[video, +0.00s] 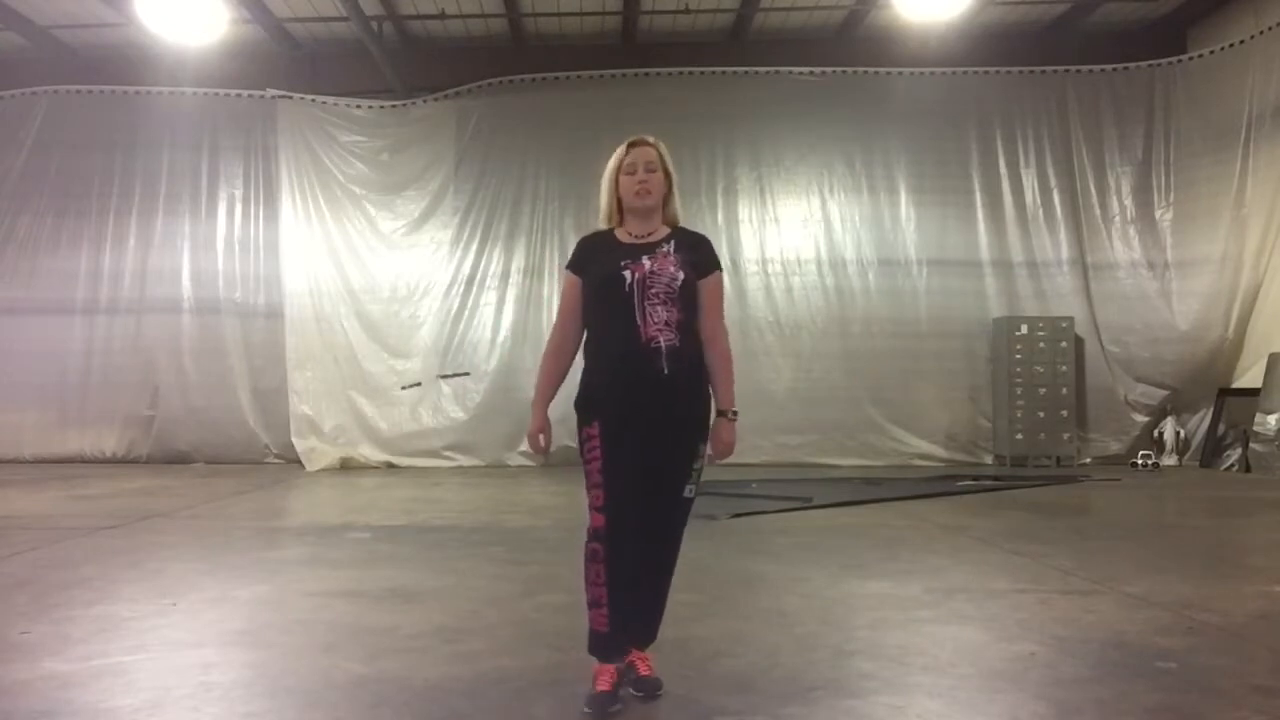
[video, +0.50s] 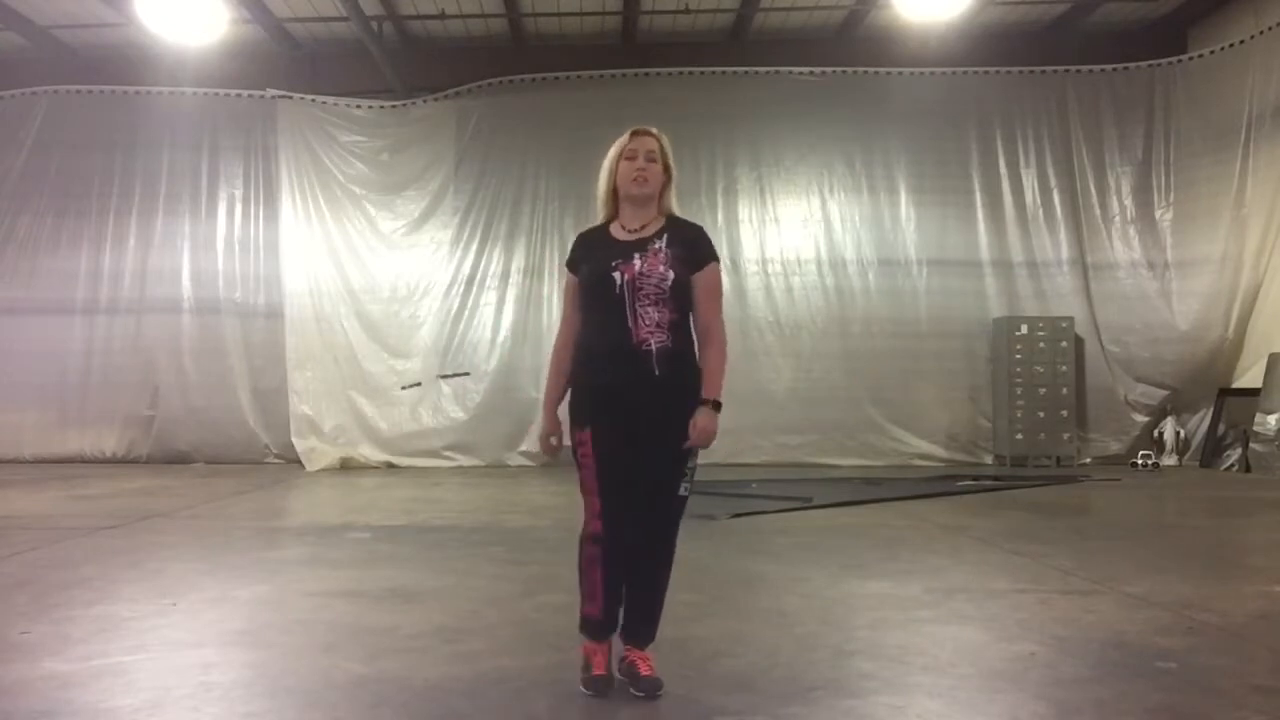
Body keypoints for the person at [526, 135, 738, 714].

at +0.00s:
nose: (641, 178)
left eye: (651, 170)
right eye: (630, 170)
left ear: (667, 180)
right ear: (615, 182)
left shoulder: (695, 248)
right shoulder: (592, 249)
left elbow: (713, 335)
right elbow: (565, 334)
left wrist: (725, 410)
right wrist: (540, 404)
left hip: (678, 411)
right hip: (608, 410)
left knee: (660, 528)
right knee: (608, 528)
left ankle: (639, 649)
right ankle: (607, 660)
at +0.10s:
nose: (641, 177)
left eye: (651, 168)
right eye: (631, 169)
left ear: (667, 178)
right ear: (615, 181)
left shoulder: (694, 245)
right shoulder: (593, 251)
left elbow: (714, 333)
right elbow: (569, 337)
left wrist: (718, 407)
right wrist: (543, 405)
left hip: (677, 407)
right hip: (607, 406)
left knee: (660, 522)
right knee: (610, 516)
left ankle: (636, 646)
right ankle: (607, 645)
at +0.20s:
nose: (640, 174)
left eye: (651, 166)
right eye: (631, 166)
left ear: (667, 177)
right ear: (614, 177)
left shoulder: (692, 242)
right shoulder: (593, 250)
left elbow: (715, 330)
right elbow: (571, 338)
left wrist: (710, 400)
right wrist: (546, 407)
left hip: (671, 402)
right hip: (604, 400)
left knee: (657, 518)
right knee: (608, 491)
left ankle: (638, 647)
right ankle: (610, 611)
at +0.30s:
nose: (640, 171)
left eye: (651, 163)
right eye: (631, 162)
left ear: (666, 176)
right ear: (614, 175)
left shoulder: (690, 241)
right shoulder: (592, 248)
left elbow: (715, 329)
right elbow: (573, 337)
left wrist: (705, 396)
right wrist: (553, 409)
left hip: (671, 398)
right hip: (606, 396)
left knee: (657, 516)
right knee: (612, 487)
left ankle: (638, 646)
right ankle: (613, 594)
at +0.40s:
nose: (640, 168)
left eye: (651, 160)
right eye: (630, 160)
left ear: (666, 174)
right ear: (614, 172)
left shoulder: (691, 240)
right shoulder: (591, 246)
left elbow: (713, 332)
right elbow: (573, 336)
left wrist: (705, 398)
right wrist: (556, 407)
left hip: (671, 402)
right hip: (604, 400)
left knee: (655, 520)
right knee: (606, 508)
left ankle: (637, 645)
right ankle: (604, 607)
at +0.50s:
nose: (640, 166)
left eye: (651, 159)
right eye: (630, 158)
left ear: (666, 173)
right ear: (613, 171)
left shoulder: (690, 240)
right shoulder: (588, 244)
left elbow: (711, 332)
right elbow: (569, 335)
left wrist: (709, 403)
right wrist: (551, 407)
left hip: (669, 408)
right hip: (600, 407)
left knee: (655, 529)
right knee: (602, 527)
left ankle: (637, 648)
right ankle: (595, 644)